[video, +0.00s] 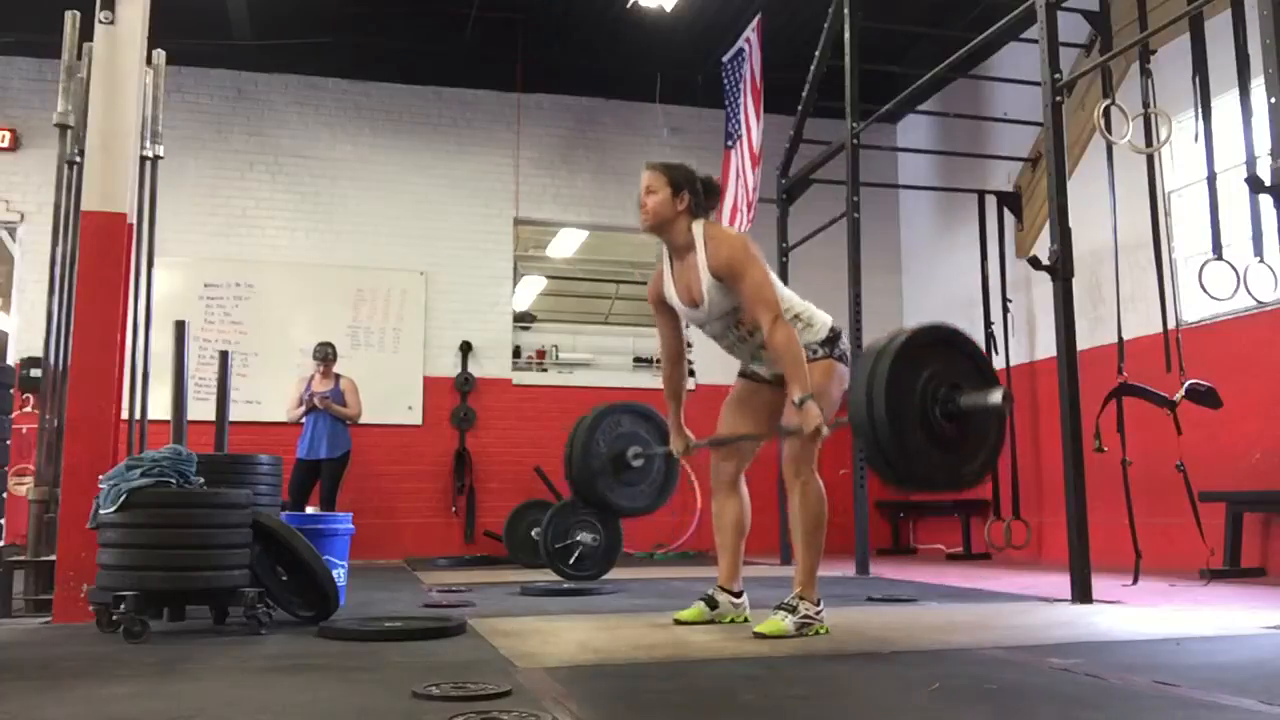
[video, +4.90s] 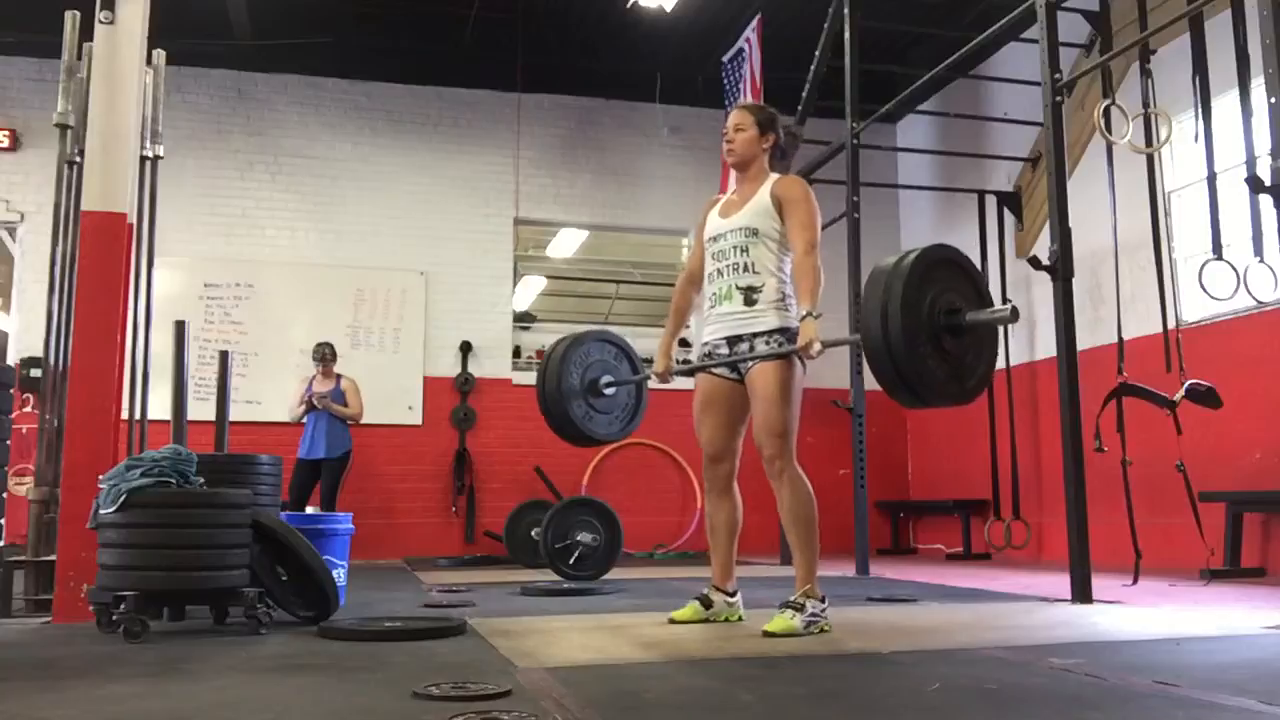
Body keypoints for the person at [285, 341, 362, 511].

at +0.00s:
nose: (322, 370)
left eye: (327, 366)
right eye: (318, 365)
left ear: (334, 362)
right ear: (314, 362)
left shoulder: (345, 383)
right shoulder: (304, 383)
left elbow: (355, 415)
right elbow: (290, 416)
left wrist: (329, 406)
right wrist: (305, 407)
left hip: (335, 449)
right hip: (309, 448)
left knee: (327, 499)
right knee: (295, 495)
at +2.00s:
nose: (320, 370)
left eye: (325, 366)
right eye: (317, 365)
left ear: (333, 363)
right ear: (312, 362)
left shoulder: (345, 384)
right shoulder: (305, 383)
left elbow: (355, 415)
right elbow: (291, 417)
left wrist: (329, 405)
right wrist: (304, 407)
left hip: (335, 450)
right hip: (308, 449)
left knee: (327, 501)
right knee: (296, 498)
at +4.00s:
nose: (321, 370)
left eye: (325, 365)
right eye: (317, 365)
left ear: (334, 362)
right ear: (313, 363)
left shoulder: (346, 383)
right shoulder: (306, 383)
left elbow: (356, 415)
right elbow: (292, 417)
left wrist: (329, 406)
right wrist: (306, 405)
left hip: (336, 450)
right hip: (309, 450)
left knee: (327, 502)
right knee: (295, 500)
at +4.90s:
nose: (321, 370)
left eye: (325, 366)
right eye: (317, 365)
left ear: (334, 362)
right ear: (313, 362)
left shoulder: (346, 384)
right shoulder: (307, 383)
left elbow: (357, 415)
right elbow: (293, 416)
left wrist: (329, 405)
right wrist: (306, 405)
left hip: (336, 450)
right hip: (309, 449)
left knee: (327, 503)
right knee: (295, 500)